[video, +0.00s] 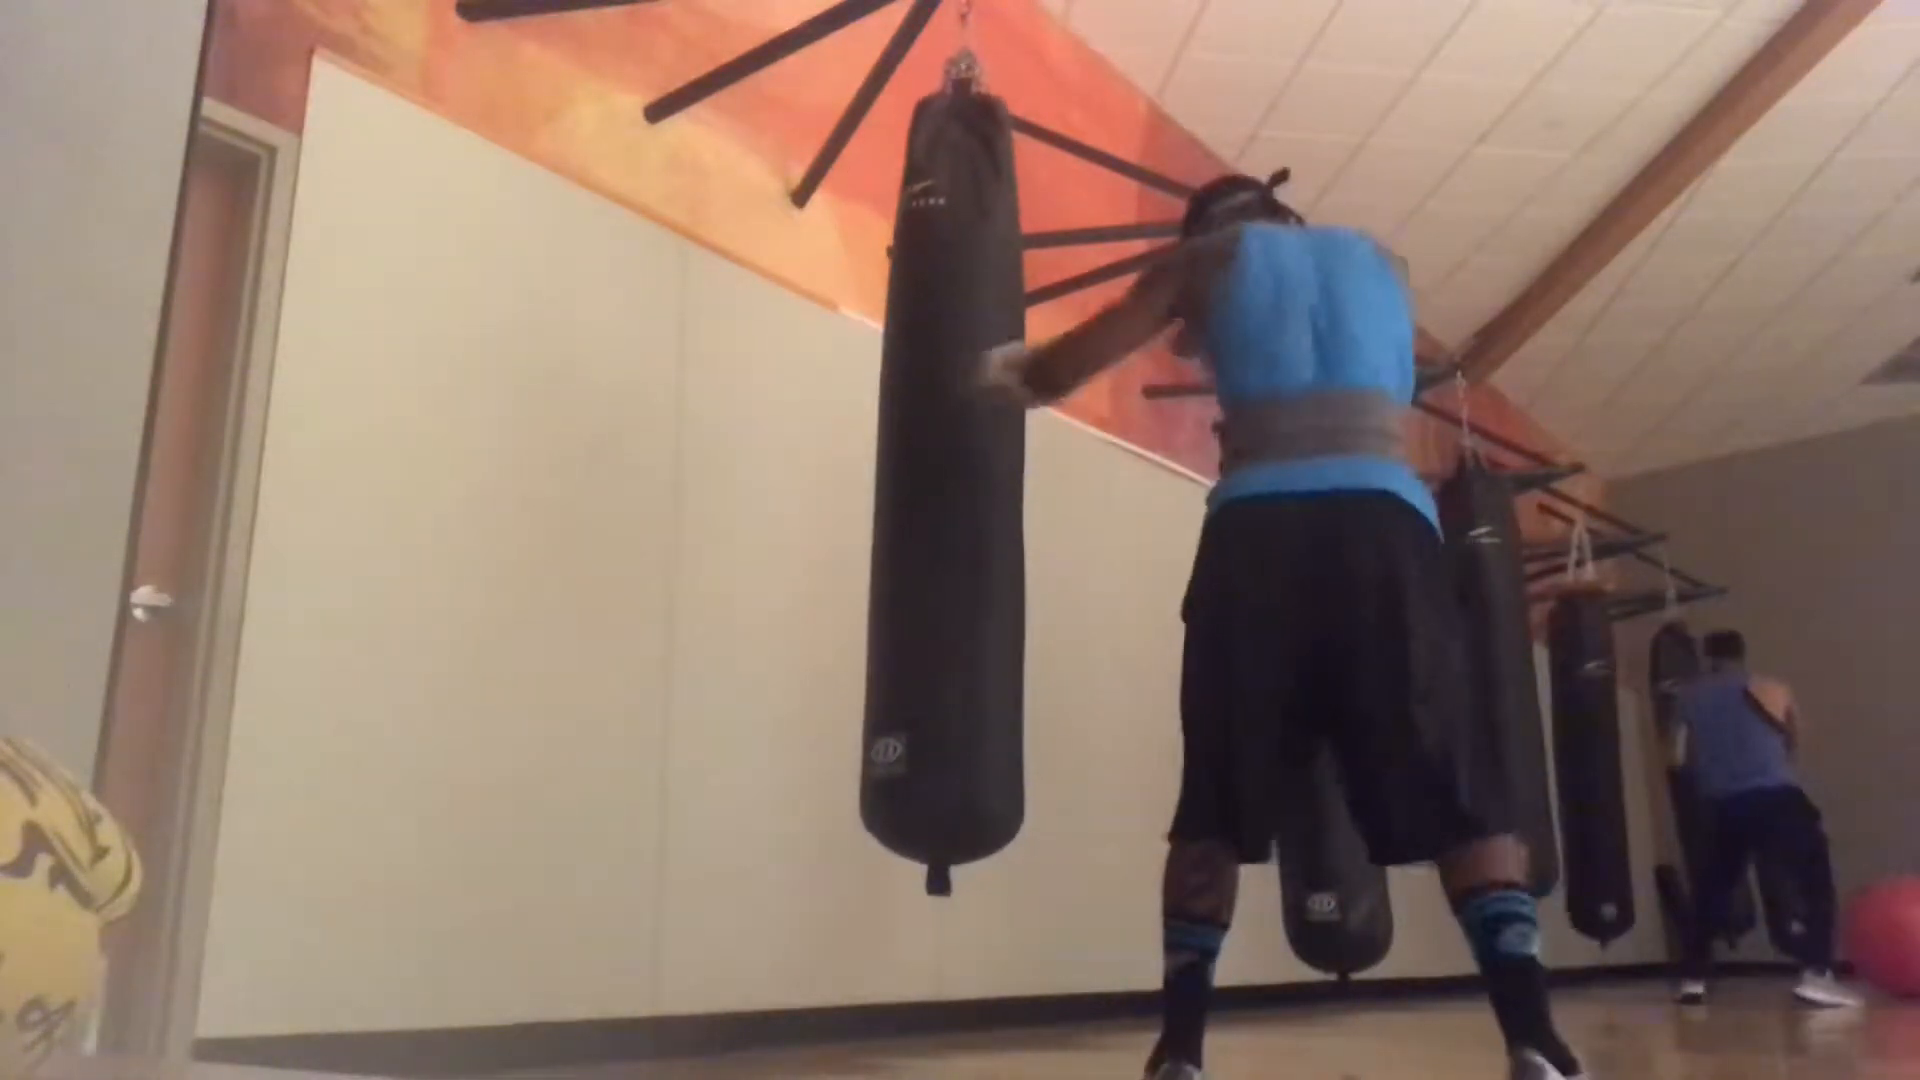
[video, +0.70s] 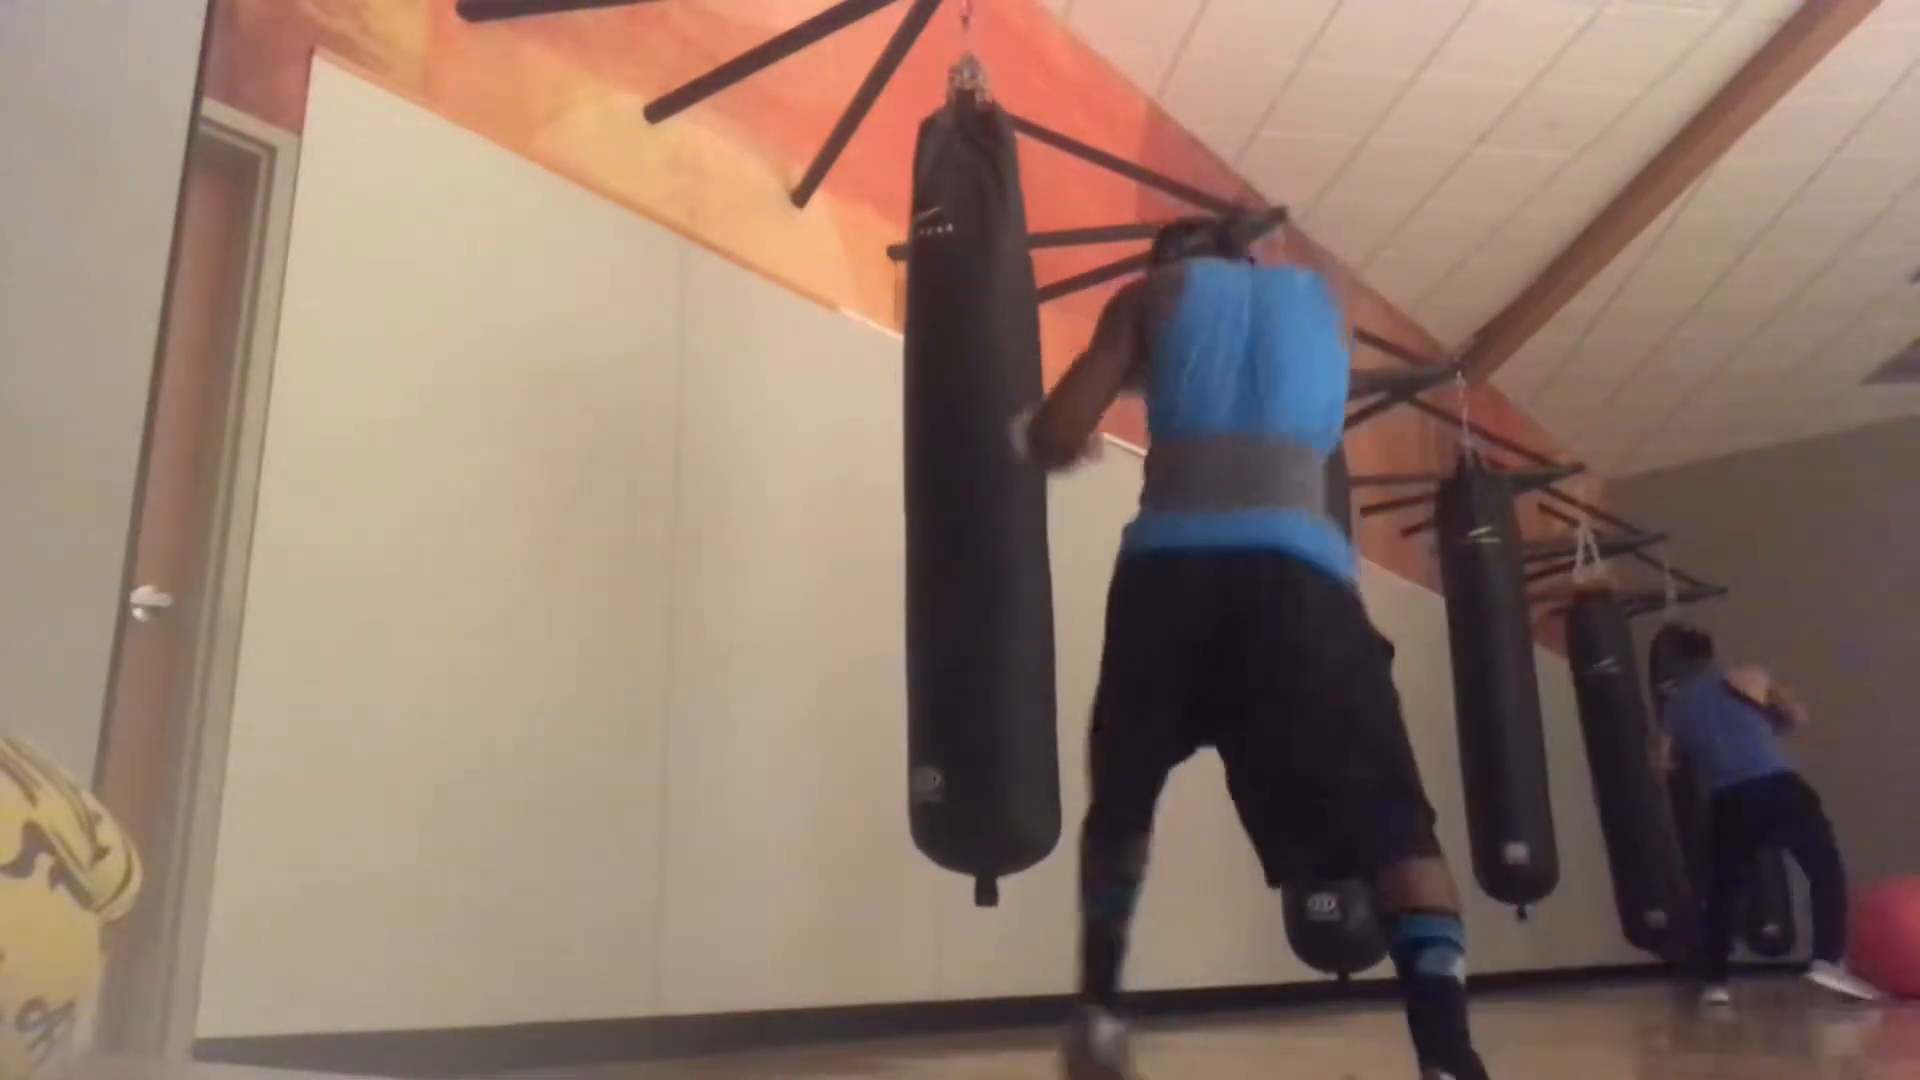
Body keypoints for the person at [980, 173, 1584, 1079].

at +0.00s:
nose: (1193, 268)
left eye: (1193, 253)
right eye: (1193, 254)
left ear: (1211, 231)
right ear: (1279, 214)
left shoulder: (1205, 254)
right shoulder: (1376, 260)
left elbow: (1060, 369)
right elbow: (1433, 359)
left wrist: (1012, 369)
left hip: (1256, 544)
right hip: (1390, 539)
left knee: (1215, 794)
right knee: (1458, 790)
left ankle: (1180, 1048)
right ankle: (1534, 1043)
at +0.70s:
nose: (1152, 276)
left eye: (1156, 265)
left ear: (1177, 259)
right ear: (1266, 254)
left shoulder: (1152, 291)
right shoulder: (1321, 299)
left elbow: (1055, 437)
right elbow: (1319, 431)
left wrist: (1059, 438)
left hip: (1166, 582)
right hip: (1299, 585)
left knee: (1122, 794)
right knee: (1394, 815)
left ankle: (1098, 1011)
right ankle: (1447, 1051)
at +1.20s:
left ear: (1075, 302)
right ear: (1153, 283)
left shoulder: (1036, 354)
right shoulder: (1203, 313)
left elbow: (955, 448)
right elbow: (1221, 471)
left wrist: (1009, 459)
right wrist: (1245, 390)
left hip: (1037, 589)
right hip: (1153, 581)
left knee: (1026, 813)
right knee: (1260, 801)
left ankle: (963, 1031)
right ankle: (1272, 1042)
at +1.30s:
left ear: (1029, 300)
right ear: (1108, 289)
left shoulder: (994, 346)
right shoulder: (1165, 325)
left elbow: (942, 451)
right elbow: (1210, 476)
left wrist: (977, 446)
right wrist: (1134, 453)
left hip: (1005, 594)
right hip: (1125, 587)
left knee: (998, 822)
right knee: (1224, 799)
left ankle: (959, 1040)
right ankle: (1280, 1000)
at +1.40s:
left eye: (1002, 296)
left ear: (1005, 292)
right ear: (1067, 293)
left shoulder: (978, 332)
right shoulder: (1132, 340)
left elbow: (933, 471)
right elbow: (1173, 466)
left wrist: (995, 474)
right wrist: (1094, 472)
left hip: (1001, 585)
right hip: (1114, 586)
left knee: (973, 818)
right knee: (1164, 810)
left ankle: (954, 1047)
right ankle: (1302, 961)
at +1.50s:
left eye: (976, 293)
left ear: (985, 284)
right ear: (1051, 279)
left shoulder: (979, 318)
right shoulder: (1119, 338)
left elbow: (947, 462)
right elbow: (1115, 462)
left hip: (1007, 571)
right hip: (1118, 576)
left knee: (971, 806)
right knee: (1158, 800)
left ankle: (955, 1047)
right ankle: (1317, 955)